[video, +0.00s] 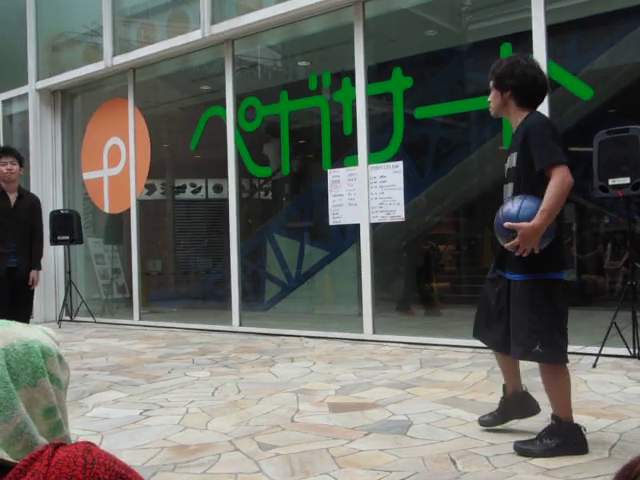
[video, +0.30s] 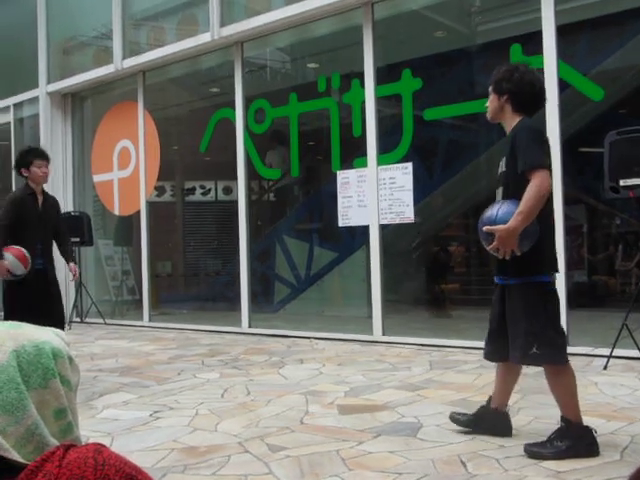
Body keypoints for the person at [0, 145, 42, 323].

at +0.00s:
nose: (9, 168)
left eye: (13, 164)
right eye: (4, 164)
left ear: (21, 169)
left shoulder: (31, 201)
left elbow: (37, 237)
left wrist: (35, 267)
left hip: (22, 270)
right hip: (2, 271)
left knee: (20, 322)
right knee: (3, 321)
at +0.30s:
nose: (44, 171)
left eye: (46, 166)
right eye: (39, 167)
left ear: (49, 169)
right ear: (25, 172)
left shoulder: (51, 202)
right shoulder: (13, 201)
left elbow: (61, 235)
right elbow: (4, 234)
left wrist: (70, 260)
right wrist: (3, 260)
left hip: (45, 272)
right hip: (19, 272)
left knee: (54, 320)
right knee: (21, 321)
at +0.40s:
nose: (59, 172)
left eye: (60, 168)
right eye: (54, 168)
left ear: (61, 171)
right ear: (39, 172)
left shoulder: (59, 203)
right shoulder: (30, 200)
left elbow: (66, 237)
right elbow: (19, 230)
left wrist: (77, 262)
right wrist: (24, 258)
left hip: (53, 273)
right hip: (31, 274)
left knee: (69, 320)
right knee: (30, 324)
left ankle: (65, 367)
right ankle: (31, 369)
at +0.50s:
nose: (74, 174)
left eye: (74, 169)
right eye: (69, 169)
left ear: (72, 172)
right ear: (54, 173)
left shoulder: (66, 200)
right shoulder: (48, 198)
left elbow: (73, 237)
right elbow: (46, 233)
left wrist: (81, 266)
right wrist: (57, 260)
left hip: (57, 267)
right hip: (49, 268)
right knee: (74, 313)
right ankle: (89, 357)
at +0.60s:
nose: (89, 177)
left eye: (89, 173)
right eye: (85, 172)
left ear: (77, 177)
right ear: (70, 175)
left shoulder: (75, 201)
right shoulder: (66, 200)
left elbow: (78, 238)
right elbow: (71, 234)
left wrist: (85, 276)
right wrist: (84, 261)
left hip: (65, 270)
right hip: (63, 270)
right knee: (86, 316)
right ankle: (103, 361)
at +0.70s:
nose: (107, 179)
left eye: (107, 175)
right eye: (103, 174)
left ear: (92, 177)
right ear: (89, 176)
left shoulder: (89, 201)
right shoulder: (85, 201)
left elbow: (95, 239)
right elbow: (93, 233)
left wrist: (102, 277)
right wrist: (108, 257)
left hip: (75, 273)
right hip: (81, 274)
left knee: (63, 323)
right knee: (97, 320)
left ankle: (49, 365)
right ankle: (112, 364)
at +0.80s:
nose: (120, 181)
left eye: (120, 177)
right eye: (118, 176)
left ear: (104, 179)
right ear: (105, 178)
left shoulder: (97, 201)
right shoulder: (100, 201)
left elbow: (102, 242)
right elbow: (111, 230)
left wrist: (117, 275)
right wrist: (130, 254)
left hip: (90, 272)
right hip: (95, 273)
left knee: (87, 320)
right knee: (110, 318)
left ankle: (64, 360)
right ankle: (120, 364)